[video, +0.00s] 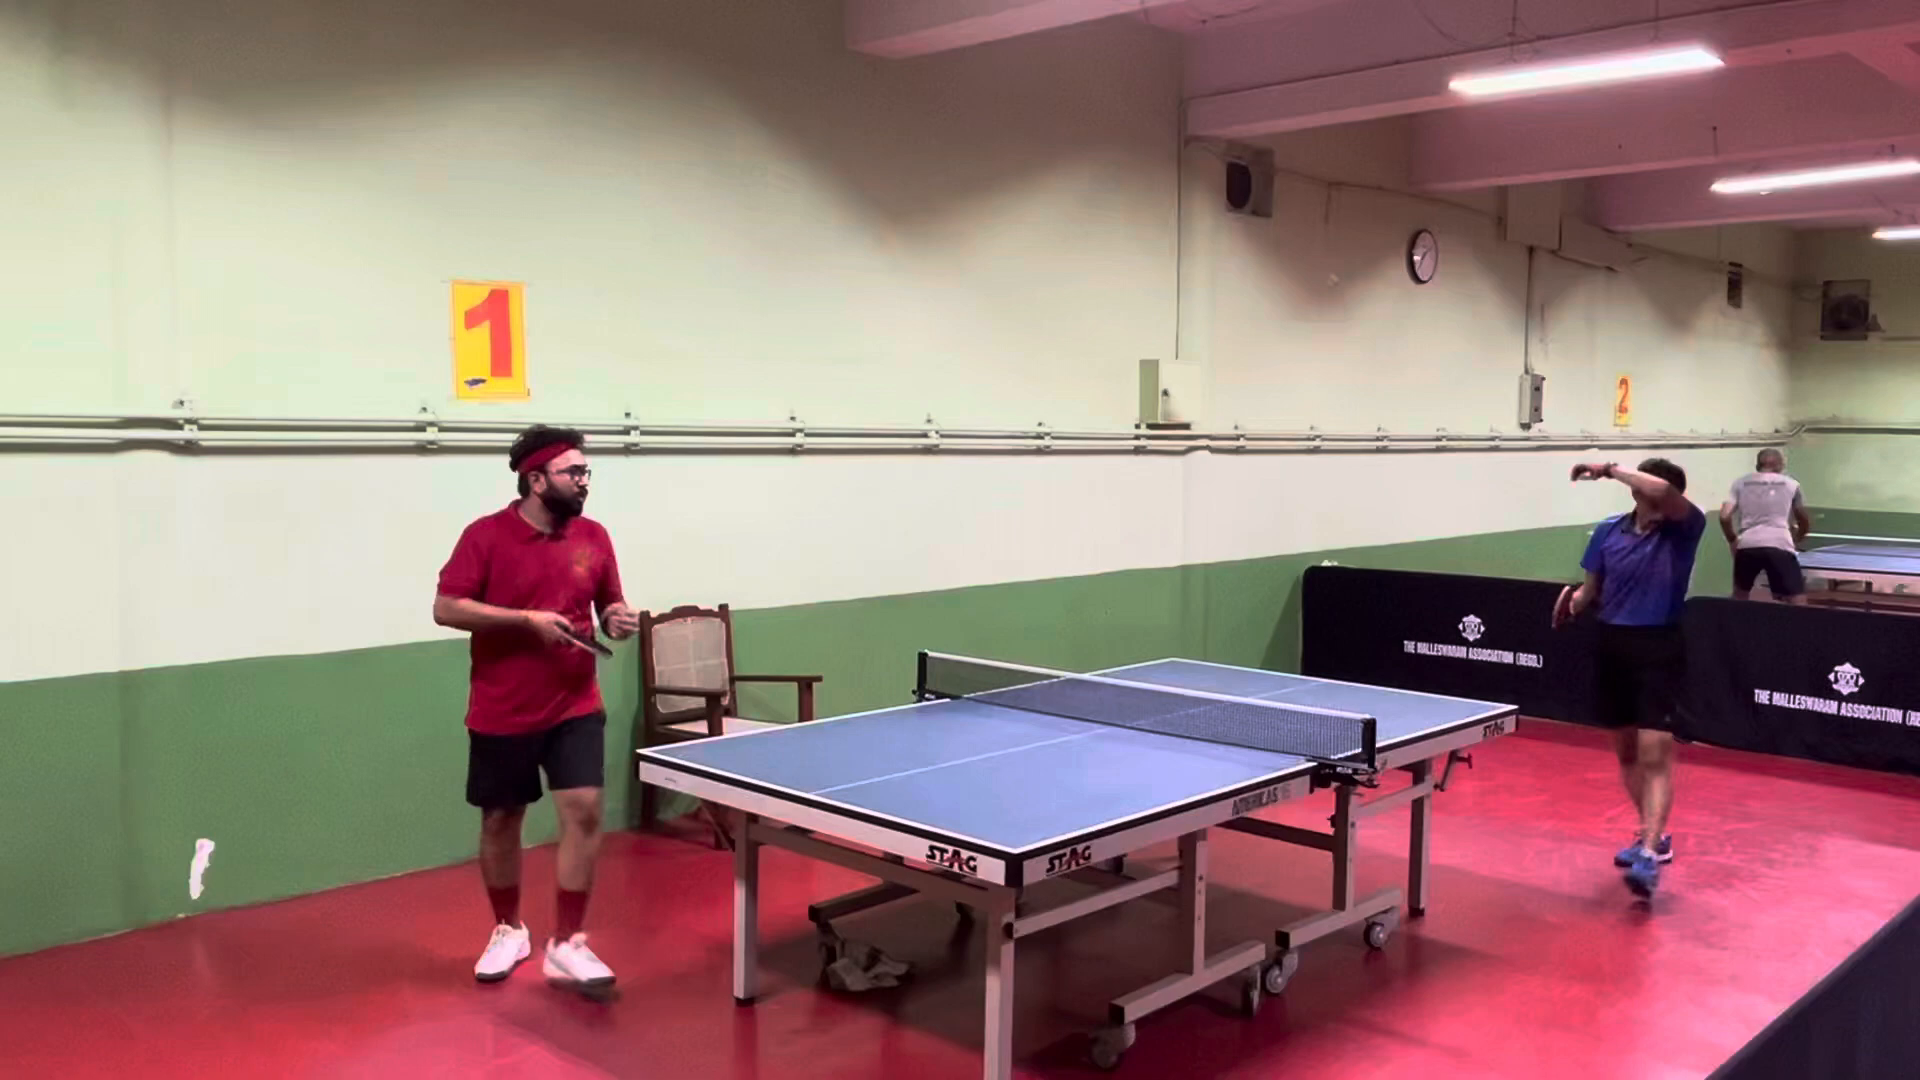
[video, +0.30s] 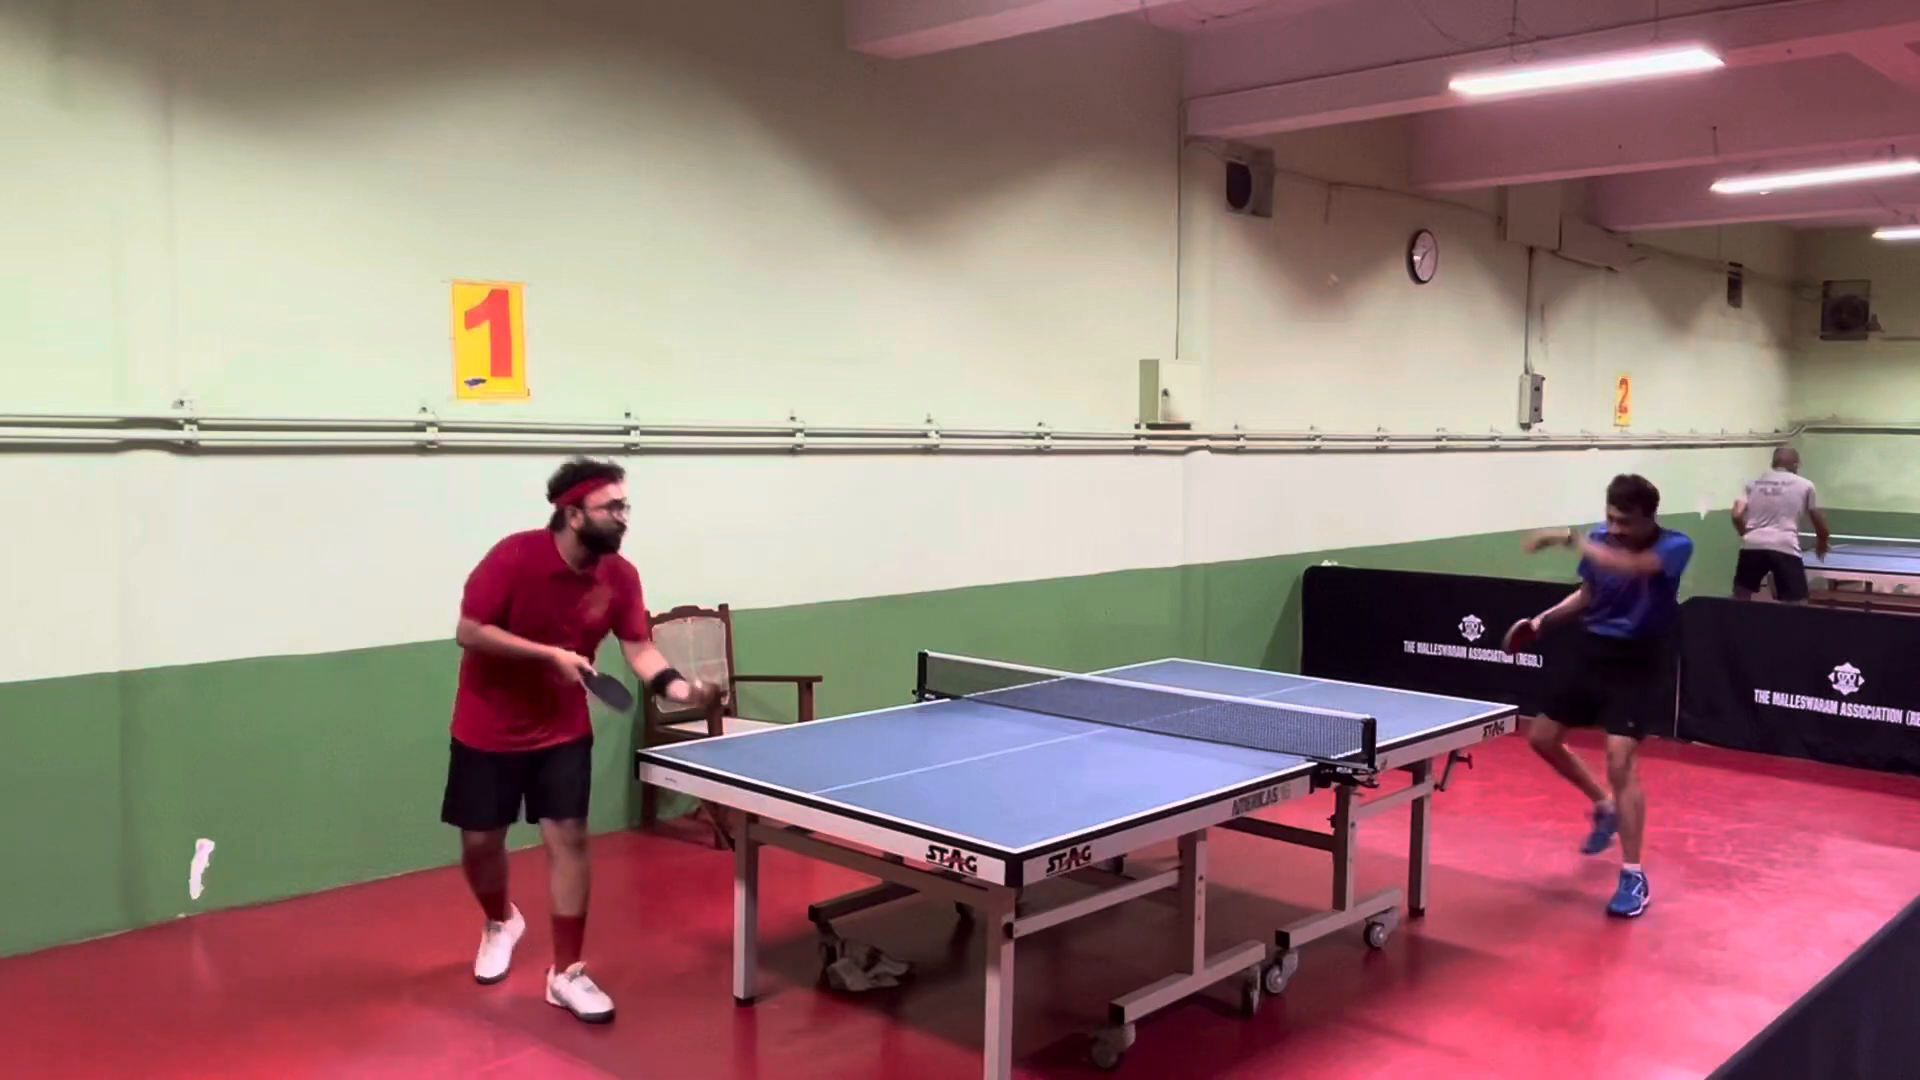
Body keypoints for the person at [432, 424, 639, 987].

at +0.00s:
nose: (584, 481)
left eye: (586, 473)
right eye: (573, 473)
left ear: (579, 478)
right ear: (534, 479)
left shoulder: (591, 536)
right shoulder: (486, 536)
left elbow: (611, 609)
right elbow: (446, 608)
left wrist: (621, 619)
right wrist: (527, 620)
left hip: (576, 706)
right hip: (503, 712)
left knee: (585, 810)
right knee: (501, 820)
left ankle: (566, 942)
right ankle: (507, 931)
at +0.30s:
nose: (624, 517)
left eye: (625, 506)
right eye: (612, 508)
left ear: (608, 510)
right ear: (572, 512)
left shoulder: (619, 575)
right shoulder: (513, 557)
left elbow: (640, 647)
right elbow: (468, 631)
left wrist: (674, 683)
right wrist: (551, 655)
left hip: (562, 728)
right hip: (488, 729)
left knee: (569, 836)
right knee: (479, 844)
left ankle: (567, 971)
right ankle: (501, 922)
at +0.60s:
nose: (662, 597)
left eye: (663, 585)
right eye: (652, 587)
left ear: (626, 587)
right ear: (612, 586)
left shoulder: (642, 626)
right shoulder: (544, 612)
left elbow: (665, 703)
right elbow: (532, 703)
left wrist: (715, 739)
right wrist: (623, 711)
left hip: (560, 737)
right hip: (485, 736)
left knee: (582, 844)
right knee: (475, 855)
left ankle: (567, 975)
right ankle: (453, 948)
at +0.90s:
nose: (641, 595)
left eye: (641, 583)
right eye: (629, 586)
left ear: (598, 588)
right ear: (588, 591)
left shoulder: (632, 620)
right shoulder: (533, 624)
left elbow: (669, 677)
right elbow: (552, 719)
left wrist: (723, 698)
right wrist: (643, 701)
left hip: (559, 742)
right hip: (485, 747)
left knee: (588, 843)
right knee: (480, 864)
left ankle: (567, 975)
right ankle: (446, 950)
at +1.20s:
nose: (551, 560)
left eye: (547, 550)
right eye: (534, 559)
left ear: (549, 547)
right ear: (503, 580)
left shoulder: (569, 572)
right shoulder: (485, 637)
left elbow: (639, 577)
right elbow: (516, 720)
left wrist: (697, 564)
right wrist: (590, 694)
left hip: (556, 734)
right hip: (486, 749)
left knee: (589, 834)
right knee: (483, 865)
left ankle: (569, 972)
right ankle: (446, 954)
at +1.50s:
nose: (502, 544)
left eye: (499, 530)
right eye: (483, 545)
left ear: (507, 525)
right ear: (459, 567)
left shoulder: (557, 578)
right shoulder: (431, 597)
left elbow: (628, 619)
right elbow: (389, 630)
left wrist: (694, 661)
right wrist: (362, 632)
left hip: (551, 730)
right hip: (471, 741)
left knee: (597, 819)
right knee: (464, 859)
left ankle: (565, 953)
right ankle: (447, 955)